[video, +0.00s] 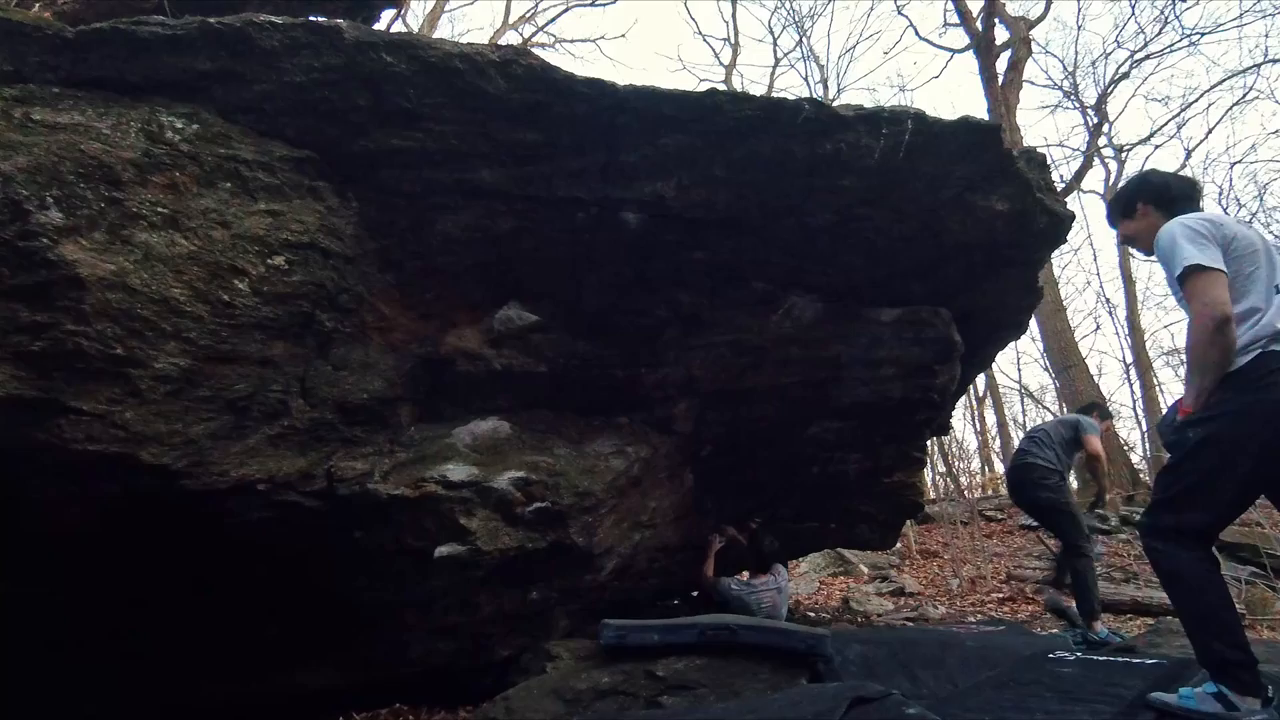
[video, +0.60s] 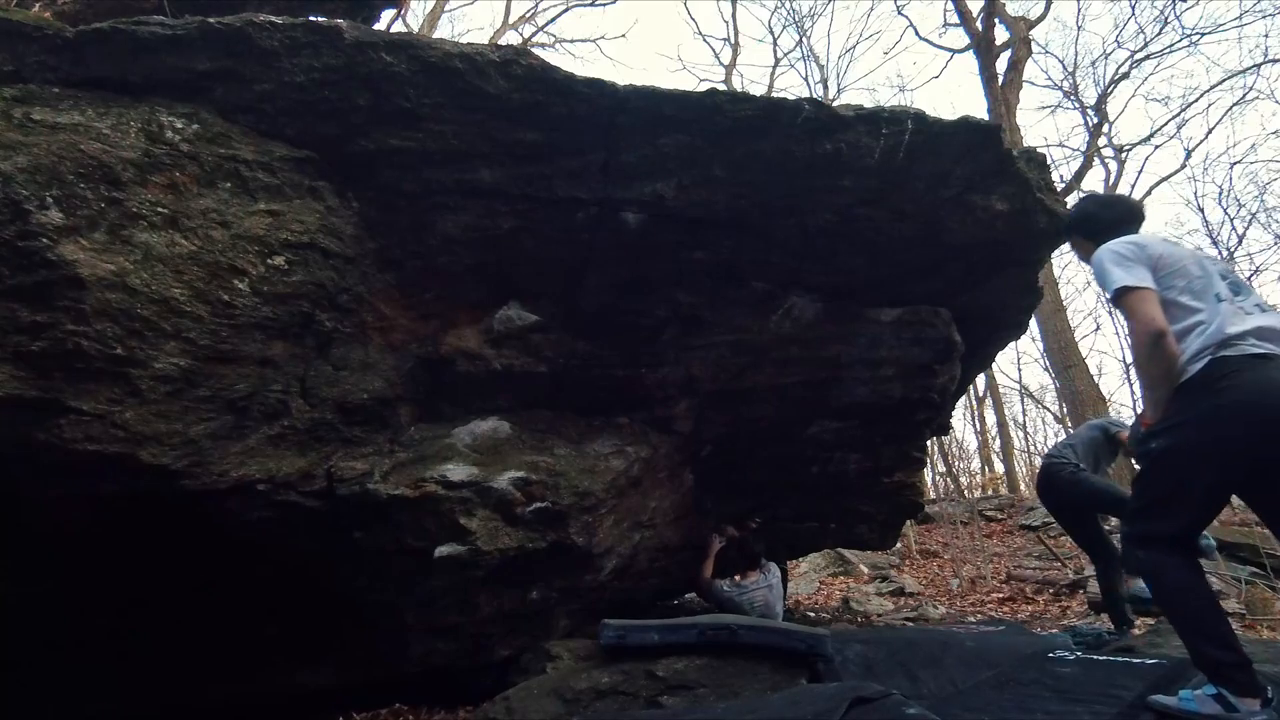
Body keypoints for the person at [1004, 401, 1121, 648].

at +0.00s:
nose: (1103, 434)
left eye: (1105, 430)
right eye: (1104, 428)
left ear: (1085, 415)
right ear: (1095, 417)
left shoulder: (1058, 426)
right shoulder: (1085, 422)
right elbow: (1095, 452)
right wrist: (1102, 490)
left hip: (1016, 478)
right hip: (1042, 475)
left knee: (1072, 537)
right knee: (1080, 544)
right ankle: (1094, 625)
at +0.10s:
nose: (1108, 425)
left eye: (1110, 421)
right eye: (1108, 419)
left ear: (1088, 407)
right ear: (1099, 410)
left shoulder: (1066, 419)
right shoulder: (1087, 415)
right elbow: (1102, 449)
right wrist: (1111, 486)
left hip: (1030, 479)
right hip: (1049, 477)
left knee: (1093, 541)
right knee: (1088, 545)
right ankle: (1091, 624)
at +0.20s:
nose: (1113, 423)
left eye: (1115, 419)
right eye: (1113, 417)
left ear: (1095, 405)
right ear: (1104, 406)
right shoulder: (1087, 410)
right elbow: (1112, 445)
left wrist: (1113, 497)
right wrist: (1128, 484)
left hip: (1042, 484)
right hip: (1062, 481)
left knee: (1099, 553)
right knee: (1101, 551)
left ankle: (1126, 622)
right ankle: (1094, 624)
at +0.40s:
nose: (1129, 433)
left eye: (1132, 429)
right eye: (1130, 428)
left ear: (1120, 421)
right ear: (1122, 417)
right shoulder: (1097, 414)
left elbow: (1095, 492)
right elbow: (1130, 443)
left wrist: (1136, 495)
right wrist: (1154, 469)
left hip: (1050, 486)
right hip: (1065, 477)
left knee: (1105, 548)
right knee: (1127, 525)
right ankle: (1111, 594)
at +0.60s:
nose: (1132, 450)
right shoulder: (1107, 424)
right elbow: (1131, 444)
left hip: (1046, 485)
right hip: (1063, 473)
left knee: (1105, 556)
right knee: (1133, 507)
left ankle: (1124, 628)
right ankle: (1133, 577)